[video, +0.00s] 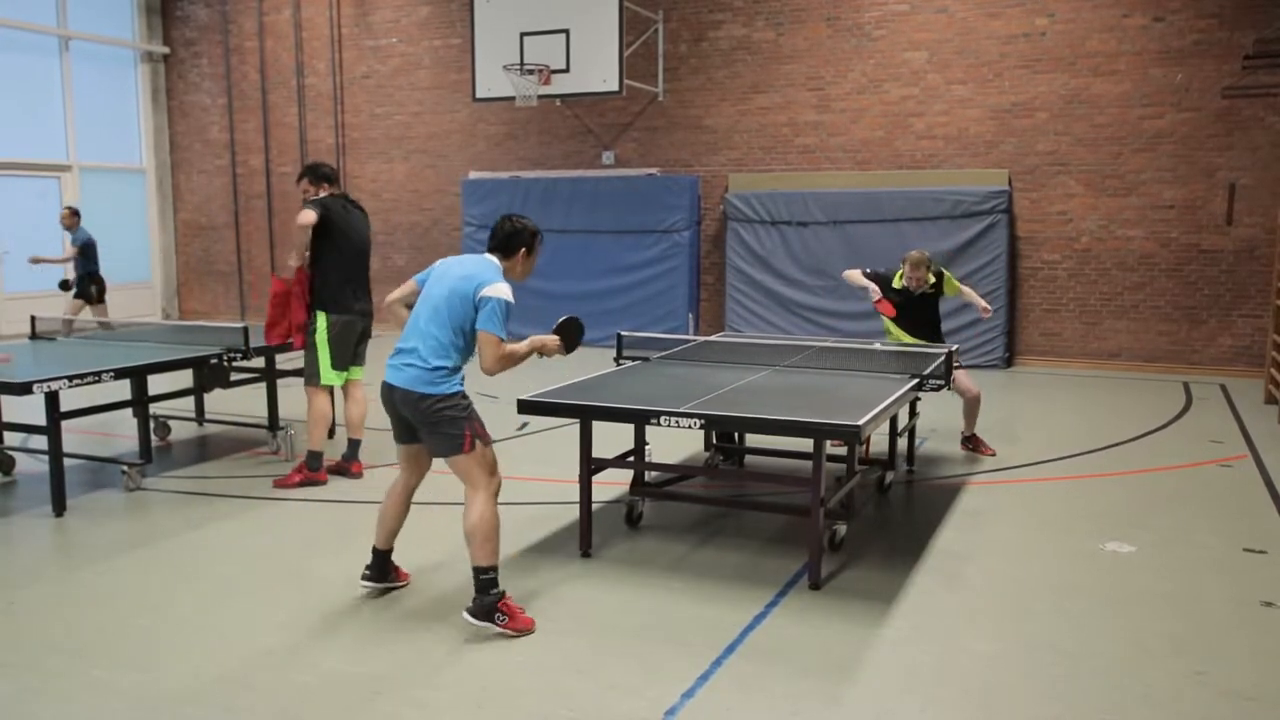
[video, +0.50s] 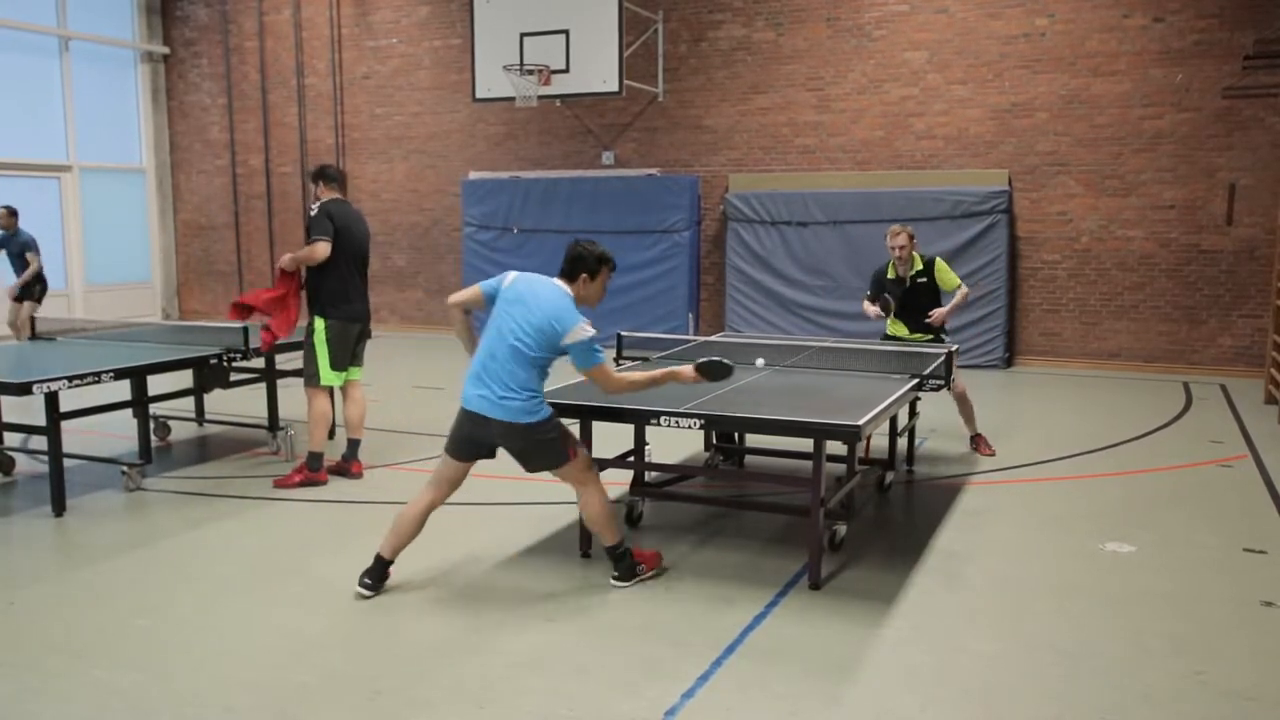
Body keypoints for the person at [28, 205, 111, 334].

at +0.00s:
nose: (61, 222)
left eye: (64, 218)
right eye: (61, 218)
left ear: (75, 219)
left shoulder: (80, 237)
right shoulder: (78, 237)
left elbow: (69, 258)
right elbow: (84, 266)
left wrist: (41, 260)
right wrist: (73, 280)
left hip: (91, 282)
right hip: (86, 282)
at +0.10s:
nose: (45, 225)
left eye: (48, 221)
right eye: (45, 221)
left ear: (60, 222)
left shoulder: (63, 240)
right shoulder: (65, 239)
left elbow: (43, 261)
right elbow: (73, 267)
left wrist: (15, 260)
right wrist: (61, 281)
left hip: (75, 288)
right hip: (68, 288)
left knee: (89, 327)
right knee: (49, 323)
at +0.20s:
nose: (28, 226)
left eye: (32, 223)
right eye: (29, 223)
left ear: (44, 225)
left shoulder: (45, 243)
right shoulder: (53, 240)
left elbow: (25, 265)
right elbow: (52, 266)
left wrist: (3, 263)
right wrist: (33, 272)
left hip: (58, 289)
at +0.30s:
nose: (15, 226)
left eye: (18, 223)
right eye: (15, 223)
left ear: (30, 224)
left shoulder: (37, 242)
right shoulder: (31, 242)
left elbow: (24, 266)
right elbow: (22, 264)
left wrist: (4, 269)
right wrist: (3, 264)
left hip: (53, 287)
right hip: (42, 286)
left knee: (42, 326)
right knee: (24, 321)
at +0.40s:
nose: (5, 223)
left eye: (9, 220)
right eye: (6, 220)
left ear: (20, 221)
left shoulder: (32, 241)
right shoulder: (15, 239)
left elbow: (29, 269)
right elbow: (4, 254)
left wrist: (7, 279)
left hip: (45, 283)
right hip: (33, 283)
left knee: (27, 319)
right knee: (20, 320)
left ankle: (35, 350)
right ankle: (29, 349)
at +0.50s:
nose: (1, 221)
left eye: (3, 218)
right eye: (1, 218)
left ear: (13, 219)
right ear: (4, 219)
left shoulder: (26, 239)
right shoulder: (5, 238)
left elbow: (36, 265)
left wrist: (17, 285)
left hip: (36, 280)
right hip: (22, 281)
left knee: (23, 320)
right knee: (12, 321)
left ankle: (28, 352)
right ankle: (24, 350)